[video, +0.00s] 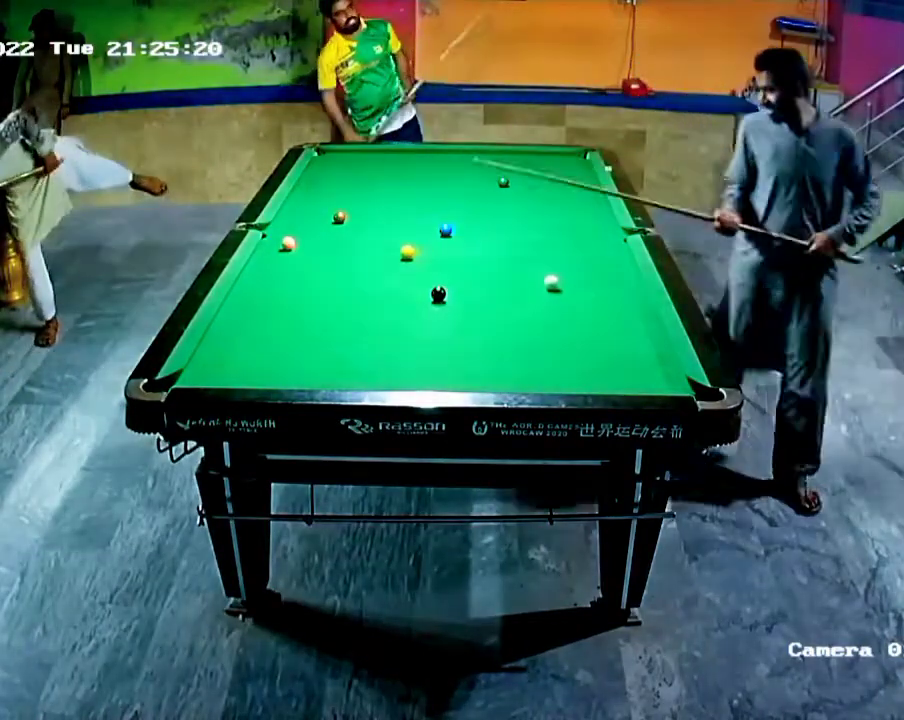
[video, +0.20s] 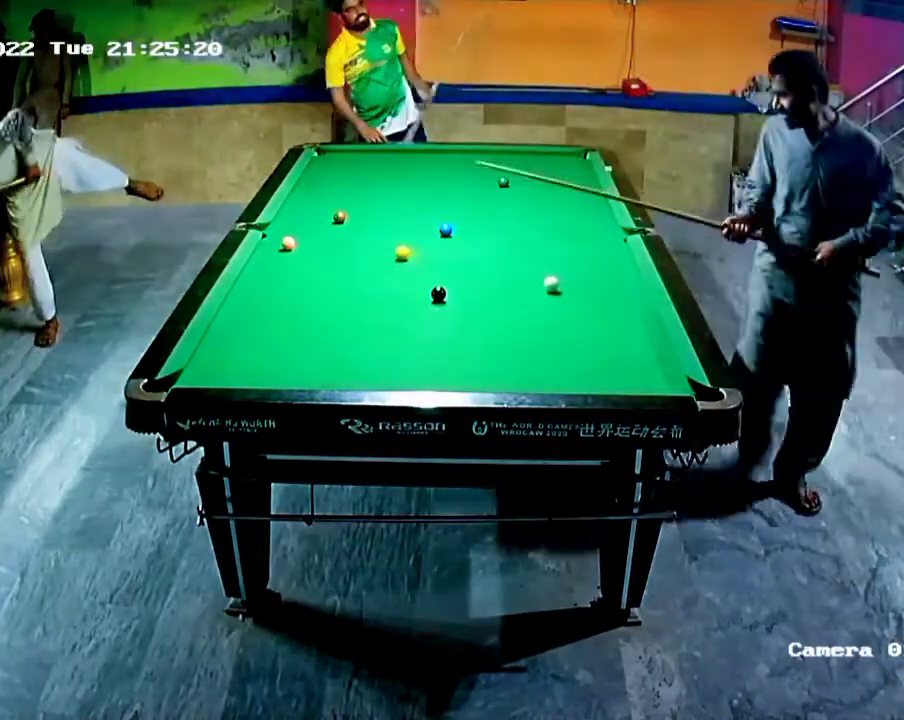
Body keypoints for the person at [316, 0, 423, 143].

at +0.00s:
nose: (349, 15)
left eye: (350, 7)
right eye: (340, 14)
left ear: (354, 6)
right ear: (331, 20)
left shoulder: (383, 29)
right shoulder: (328, 56)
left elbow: (399, 56)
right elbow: (328, 98)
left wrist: (407, 86)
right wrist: (349, 134)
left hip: (402, 119)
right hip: (366, 131)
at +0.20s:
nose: (359, 12)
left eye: (360, 5)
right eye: (350, 10)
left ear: (365, 5)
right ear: (341, 16)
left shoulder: (390, 29)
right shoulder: (337, 53)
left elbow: (404, 60)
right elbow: (338, 99)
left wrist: (419, 84)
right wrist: (363, 127)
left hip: (408, 119)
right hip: (375, 131)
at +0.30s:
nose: (374, 10)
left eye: (375, 4)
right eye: (365, 7)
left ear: (380, 5)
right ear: (355, 14)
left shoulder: (400, 29)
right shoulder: (348, 51)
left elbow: (411, 63)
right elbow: (346, 98)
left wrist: (436, 86)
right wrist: (368, 127)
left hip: (415, 123)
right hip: (382, 132)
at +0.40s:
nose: (395, 11)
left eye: (398, 4)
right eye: (386, 6)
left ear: (403, 5)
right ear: (375, 11)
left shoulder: (413, 32)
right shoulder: (366, 47)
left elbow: (421, 66)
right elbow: (359, 90)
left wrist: (453, 88)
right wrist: (378, 127)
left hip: (426, 123)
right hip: (396, 131)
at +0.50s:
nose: (405, 10)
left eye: (409, 4)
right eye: (397, 6)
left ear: (414, 5)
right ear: (386, 10)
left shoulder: (422, 32)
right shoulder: (374, 46)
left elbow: (430, 65)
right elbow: (367, 88)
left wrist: (461, 87)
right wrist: (386, 126)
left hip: (434, 123)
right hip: (404, 130)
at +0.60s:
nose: (422, 10)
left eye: (426, 3)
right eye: (415, 5)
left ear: (432, 5)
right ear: (404, 8)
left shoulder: (439, 32)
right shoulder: (392, 45)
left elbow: (446, 72)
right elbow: (385, 87)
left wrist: (477, 92)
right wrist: (405, 123)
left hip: (446, 124)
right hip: (417, 130)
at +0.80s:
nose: (447, 11)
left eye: (450, 4)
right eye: (439, 6)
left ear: (454, 5)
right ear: (424, 9)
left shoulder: (458, 33)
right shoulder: (414, 44)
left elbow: (461, 78)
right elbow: (410, 92)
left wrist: (488, 100)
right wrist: (436, 121)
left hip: (461, 121)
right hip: (432, 127)